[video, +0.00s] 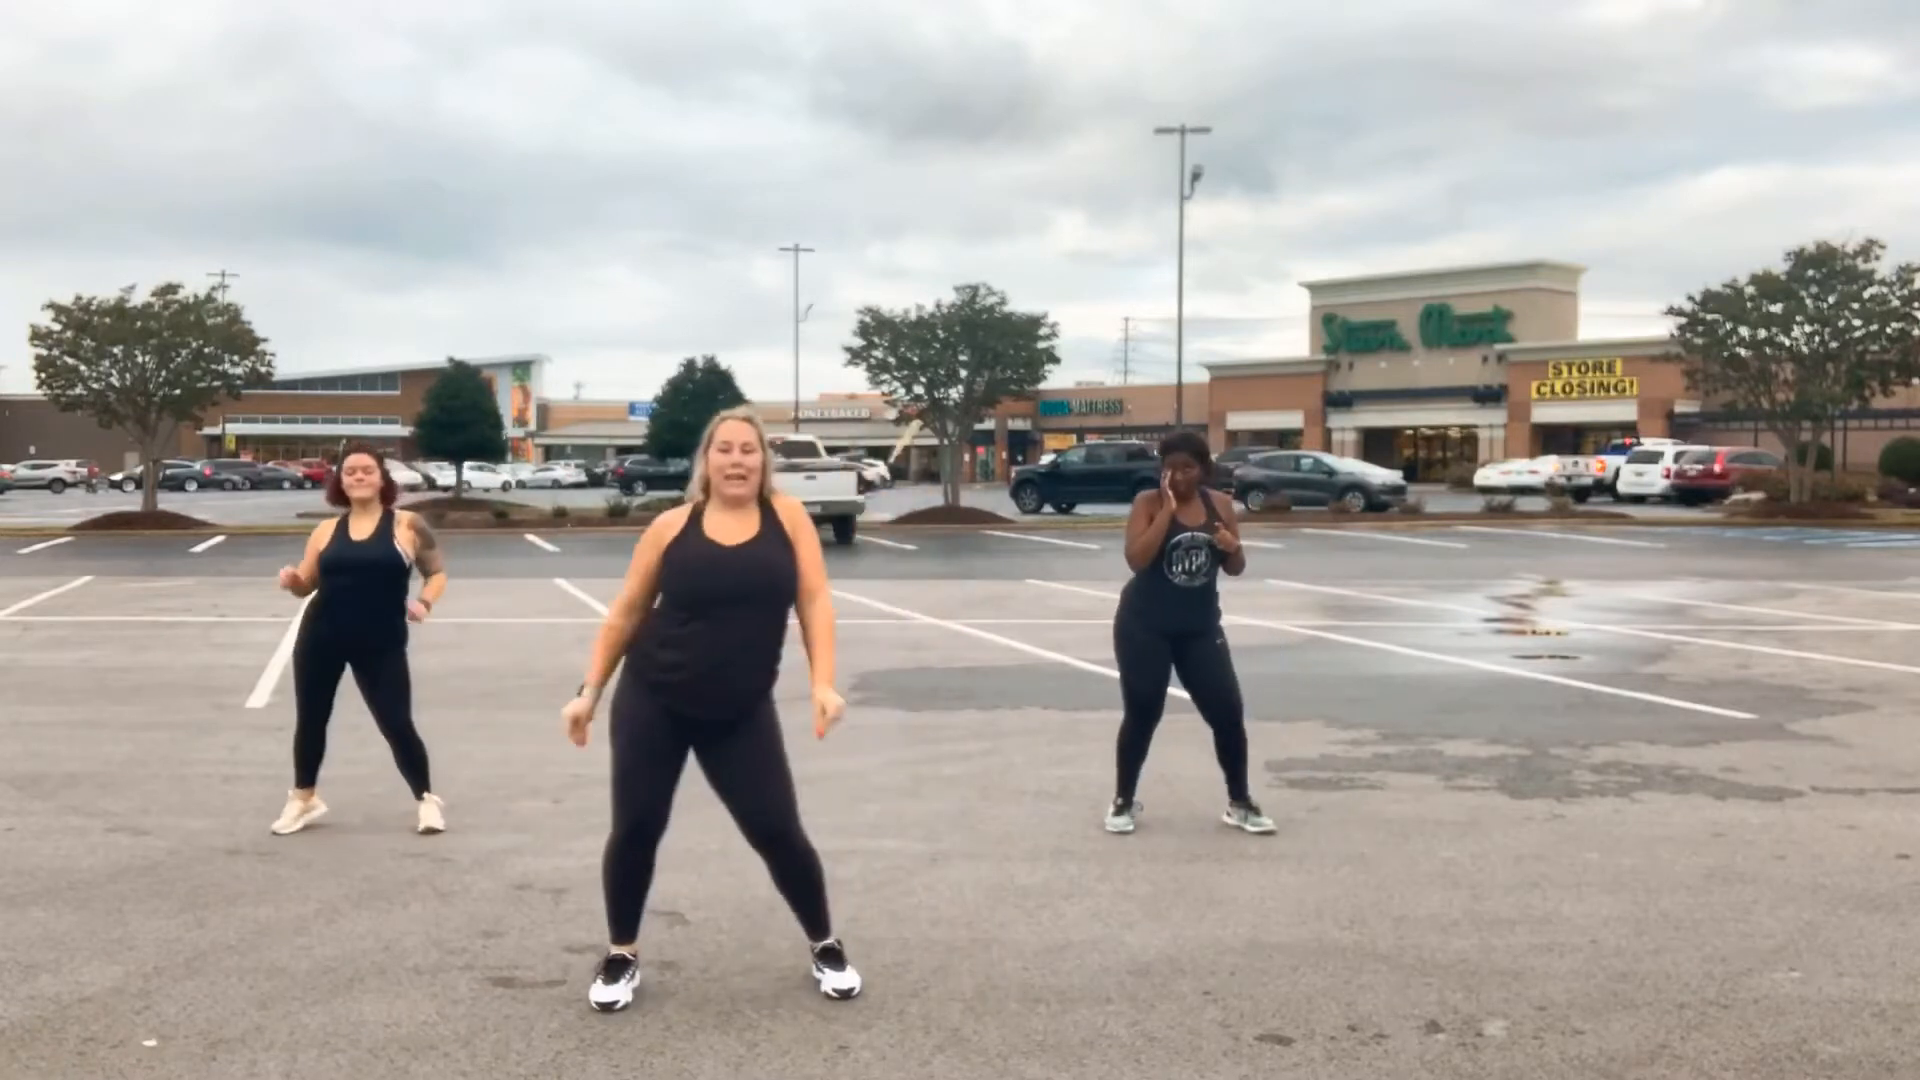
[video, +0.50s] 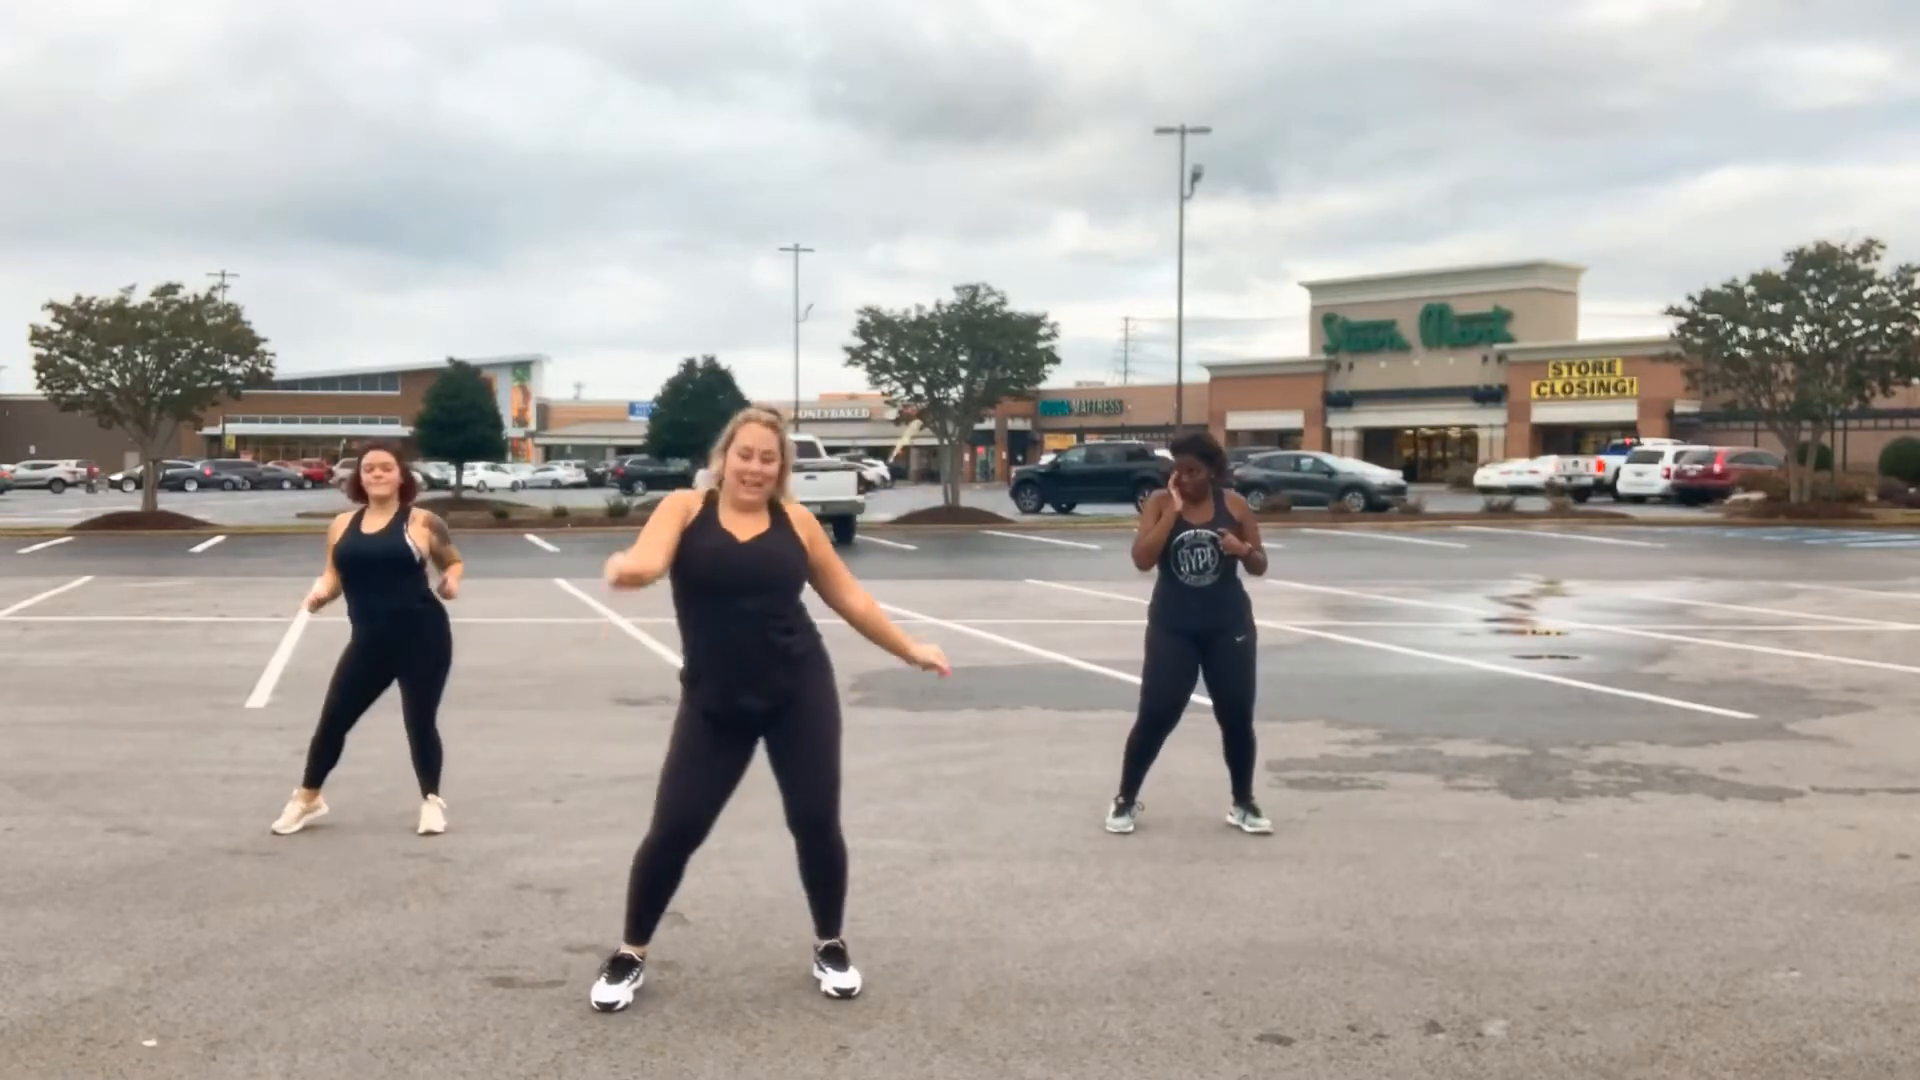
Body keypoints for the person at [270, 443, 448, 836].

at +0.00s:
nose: (359, 477)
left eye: (367, 471)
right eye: (351, 472)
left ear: (382, 479)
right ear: (341, 482)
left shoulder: (406, 525)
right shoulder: (326, 530)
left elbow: (437, 573)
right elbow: (306, 585)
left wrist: (425, 601)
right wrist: (293, 581)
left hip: (379, 642)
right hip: (322, 639)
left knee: (397, 725)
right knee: (310, 720)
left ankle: (426, 799)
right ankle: (303, 797)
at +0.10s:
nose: (362, 478)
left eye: (370, 471)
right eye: (354, 472)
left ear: (385, 479)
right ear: (344, 482)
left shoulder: (410, 524)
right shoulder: (330, 531)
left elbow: (437, 573)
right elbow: (314, 582)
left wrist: (421, 587)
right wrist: (300, 592)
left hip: (387, 643)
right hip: (330, 640)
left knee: (397, 726)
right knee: (311, 719)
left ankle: (426, 800)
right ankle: (304, 796)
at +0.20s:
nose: (368, 477)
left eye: (376, 470)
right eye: (360, 472)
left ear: (392, 479)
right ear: (350, 482)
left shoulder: (417, 523)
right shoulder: (337, 531)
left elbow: (450, 570)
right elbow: (325, 582)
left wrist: (434, 579)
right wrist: (310, 596)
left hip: (399, 641)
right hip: (345, 638)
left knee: (406, 728)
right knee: (313, 717)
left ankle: (427, 800)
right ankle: (306, 796)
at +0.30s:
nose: (374, 474)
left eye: (382, 468)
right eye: (366, 469)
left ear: (398, 477)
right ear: (356, 479)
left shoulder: (422, 522)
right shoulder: (342, 529)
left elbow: (459, 563)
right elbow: (333, 579)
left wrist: (448, 578)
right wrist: (317, 596)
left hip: (411, 639)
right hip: (358, 637)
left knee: (412, 725)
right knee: (319, 713)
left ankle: (429, 801)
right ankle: (306, 795)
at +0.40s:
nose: (377, 472)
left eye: (385, 465)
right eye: (369, 467)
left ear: (401, 473)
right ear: (359, 477)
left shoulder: (424, 518)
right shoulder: (345, 523)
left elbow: (458, 555)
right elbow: (335, 573)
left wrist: (450, 577)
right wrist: (321, 594)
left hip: (418, 636)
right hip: (366, 636)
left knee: (414, 723)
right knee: (327, 715)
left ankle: (429, 801)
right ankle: (307, 795)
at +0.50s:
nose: (378, 474)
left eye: (386, 468)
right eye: (370, 469)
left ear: (401, 476)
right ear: (359, 479)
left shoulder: (423, 522)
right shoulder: (343, 525)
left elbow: (452, 562)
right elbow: (334, 574)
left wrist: (450, 579)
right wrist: (319, 593)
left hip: (422, 637)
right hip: (370, 641)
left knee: (420, 722)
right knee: (333, 720)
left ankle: (431, 800)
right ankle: (308, 797)